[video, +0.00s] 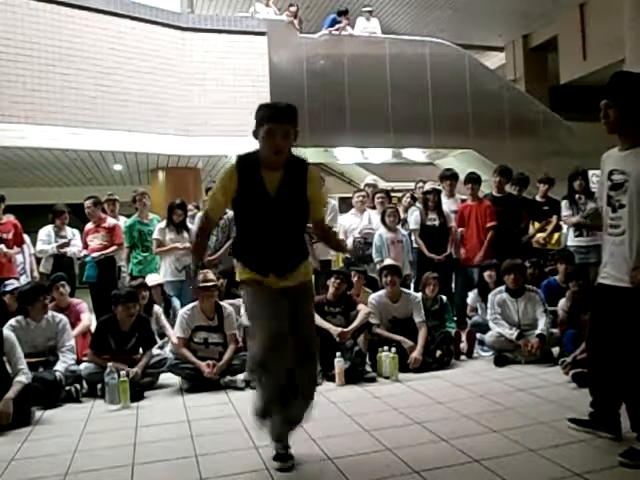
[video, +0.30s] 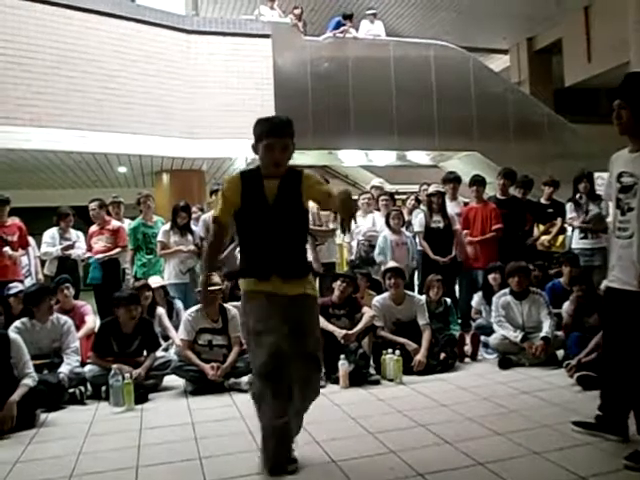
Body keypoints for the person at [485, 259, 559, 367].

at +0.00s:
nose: (513, 278)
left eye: (516, 274)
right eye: (509, 274)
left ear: (523, 276)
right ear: (504, 277)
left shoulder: (535, 293)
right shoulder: (495, 296)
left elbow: (544, 316)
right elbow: (494, 320)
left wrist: (540, 336)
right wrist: (518, 336)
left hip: (531, 332)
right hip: (508, 333)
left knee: (555, 335)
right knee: (491, 338)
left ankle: (514, 357)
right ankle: (538, 355)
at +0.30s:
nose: (517, 281)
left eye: (520, 277)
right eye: (512, 277)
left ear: (527, 278)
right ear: (508, 280)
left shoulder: (539, 296)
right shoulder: (499, 299)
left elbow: (548, 319)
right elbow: (498, 323)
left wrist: (544, 339)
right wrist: (522, 339)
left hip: (536, 335)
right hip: (512, 335)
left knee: (559, 338)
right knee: (495, 341)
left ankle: (518, 360)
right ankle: (543, 357)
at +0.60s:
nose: (516, 280)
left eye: (520, 276)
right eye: (512, 277)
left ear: (526, 278)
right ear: (507, 280)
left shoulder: (539, 296)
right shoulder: (499, 299)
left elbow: (547, 318)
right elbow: (498, 323)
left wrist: (544, 339)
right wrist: (521, 339)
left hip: (535, 335)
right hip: (512, 336)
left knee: (558, 338)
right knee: (495, 341)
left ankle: (517, 360)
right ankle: (541, 358)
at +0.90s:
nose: (517, 280)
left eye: (521, 276)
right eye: (513, 277)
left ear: (528, 278)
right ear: (508, 280)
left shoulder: (539, 296)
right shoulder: (499, 299)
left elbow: (548, 319)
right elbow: (498, 323)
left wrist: (544, 339)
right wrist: (522, 339)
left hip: (535, 335)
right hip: (512, 335)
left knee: (559, 338)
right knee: (495, 341)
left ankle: (518, 360)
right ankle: (542, 357)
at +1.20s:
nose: (517, 280)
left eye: (521, 276)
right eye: (513, 277)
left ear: (527, 278)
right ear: (508, 280)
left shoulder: (539, 297)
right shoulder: (499, 299)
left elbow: (548, 319)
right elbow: (498, 323)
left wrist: (544, 339)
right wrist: (521, 339)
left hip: (535, 335)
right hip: (512, 336)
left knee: (559, 338)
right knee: (495, 341)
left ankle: (519, 360)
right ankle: (541, 358)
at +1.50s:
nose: (517, 280)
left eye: (521, 276)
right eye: (513, 277)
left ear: (527, 278)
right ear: (508, 280)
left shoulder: (539, 296)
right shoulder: (499, 299)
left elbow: (548, 319)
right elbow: (498, 323)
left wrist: (544, 339)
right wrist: (522, 339)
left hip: (535, 335)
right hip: (512, 336)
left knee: (558, 338)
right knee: (495, 341)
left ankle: (519, 360)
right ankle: (541, 358)